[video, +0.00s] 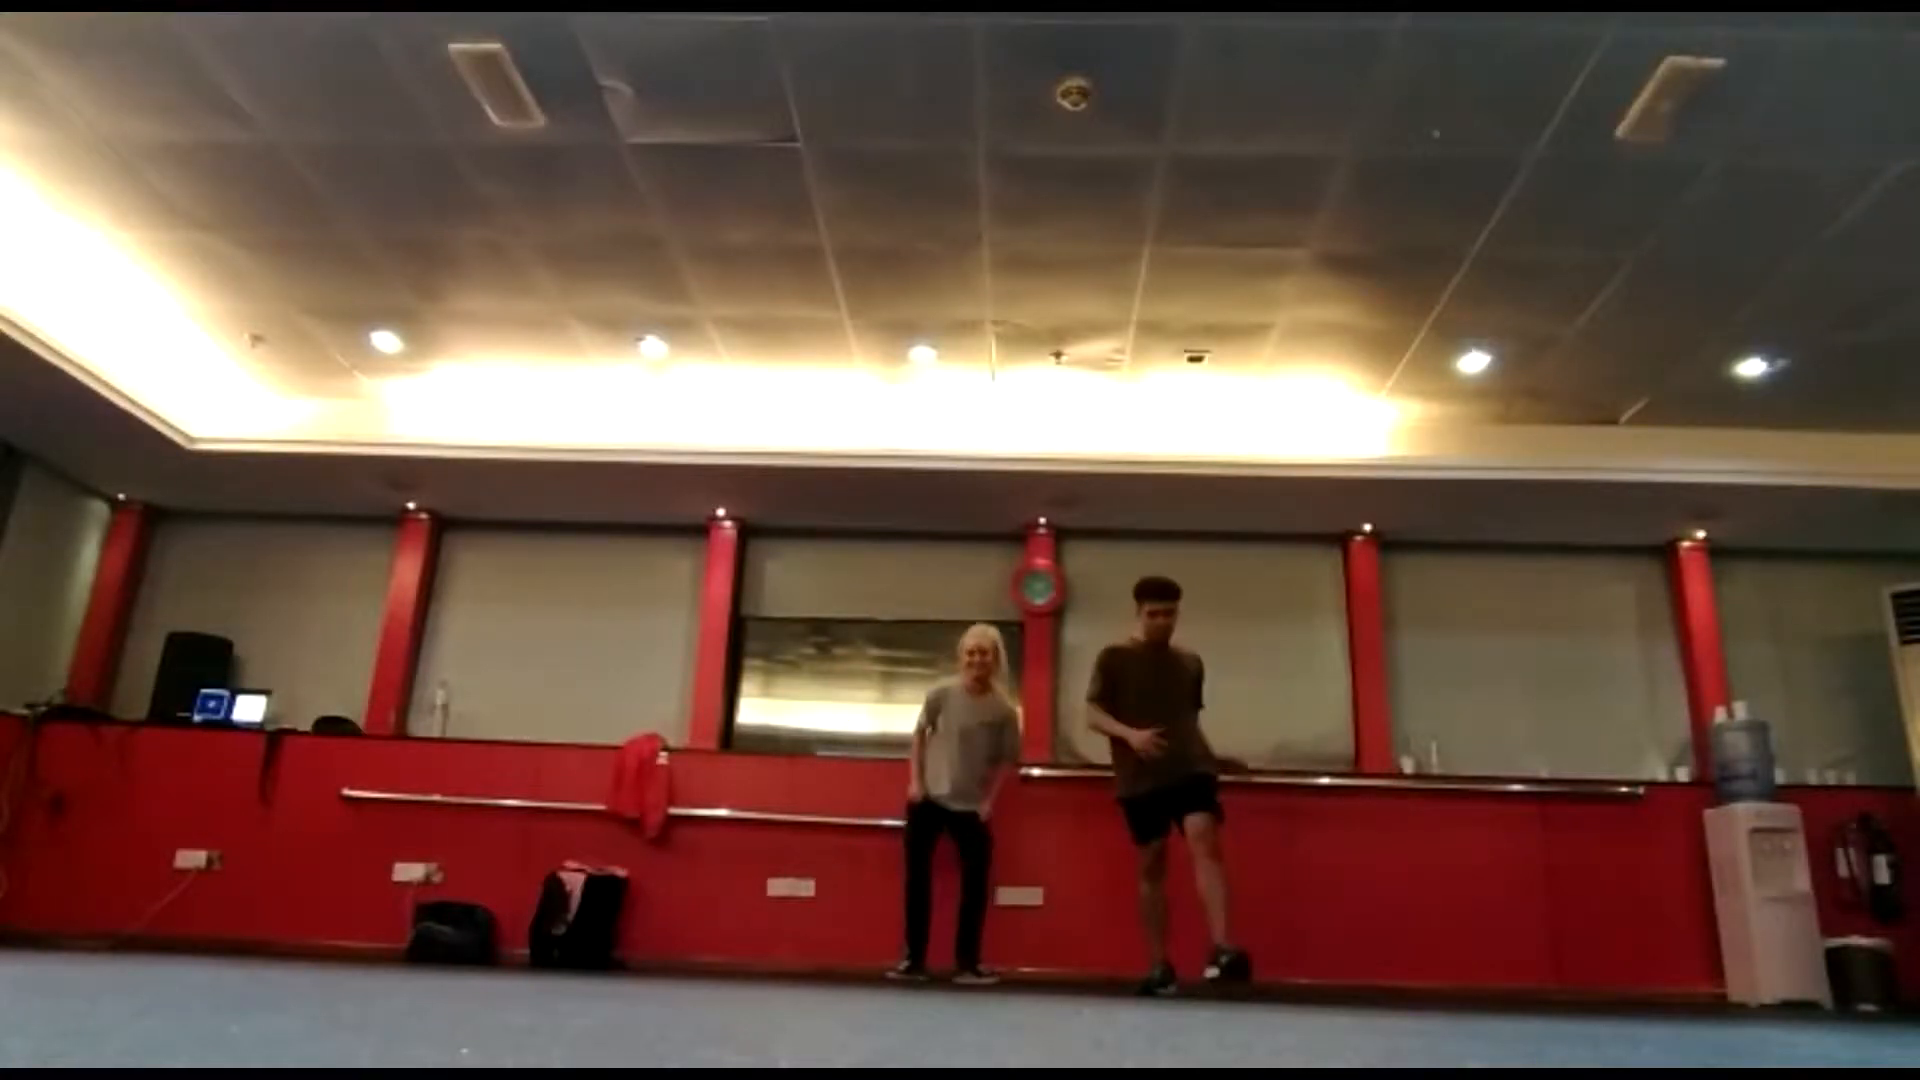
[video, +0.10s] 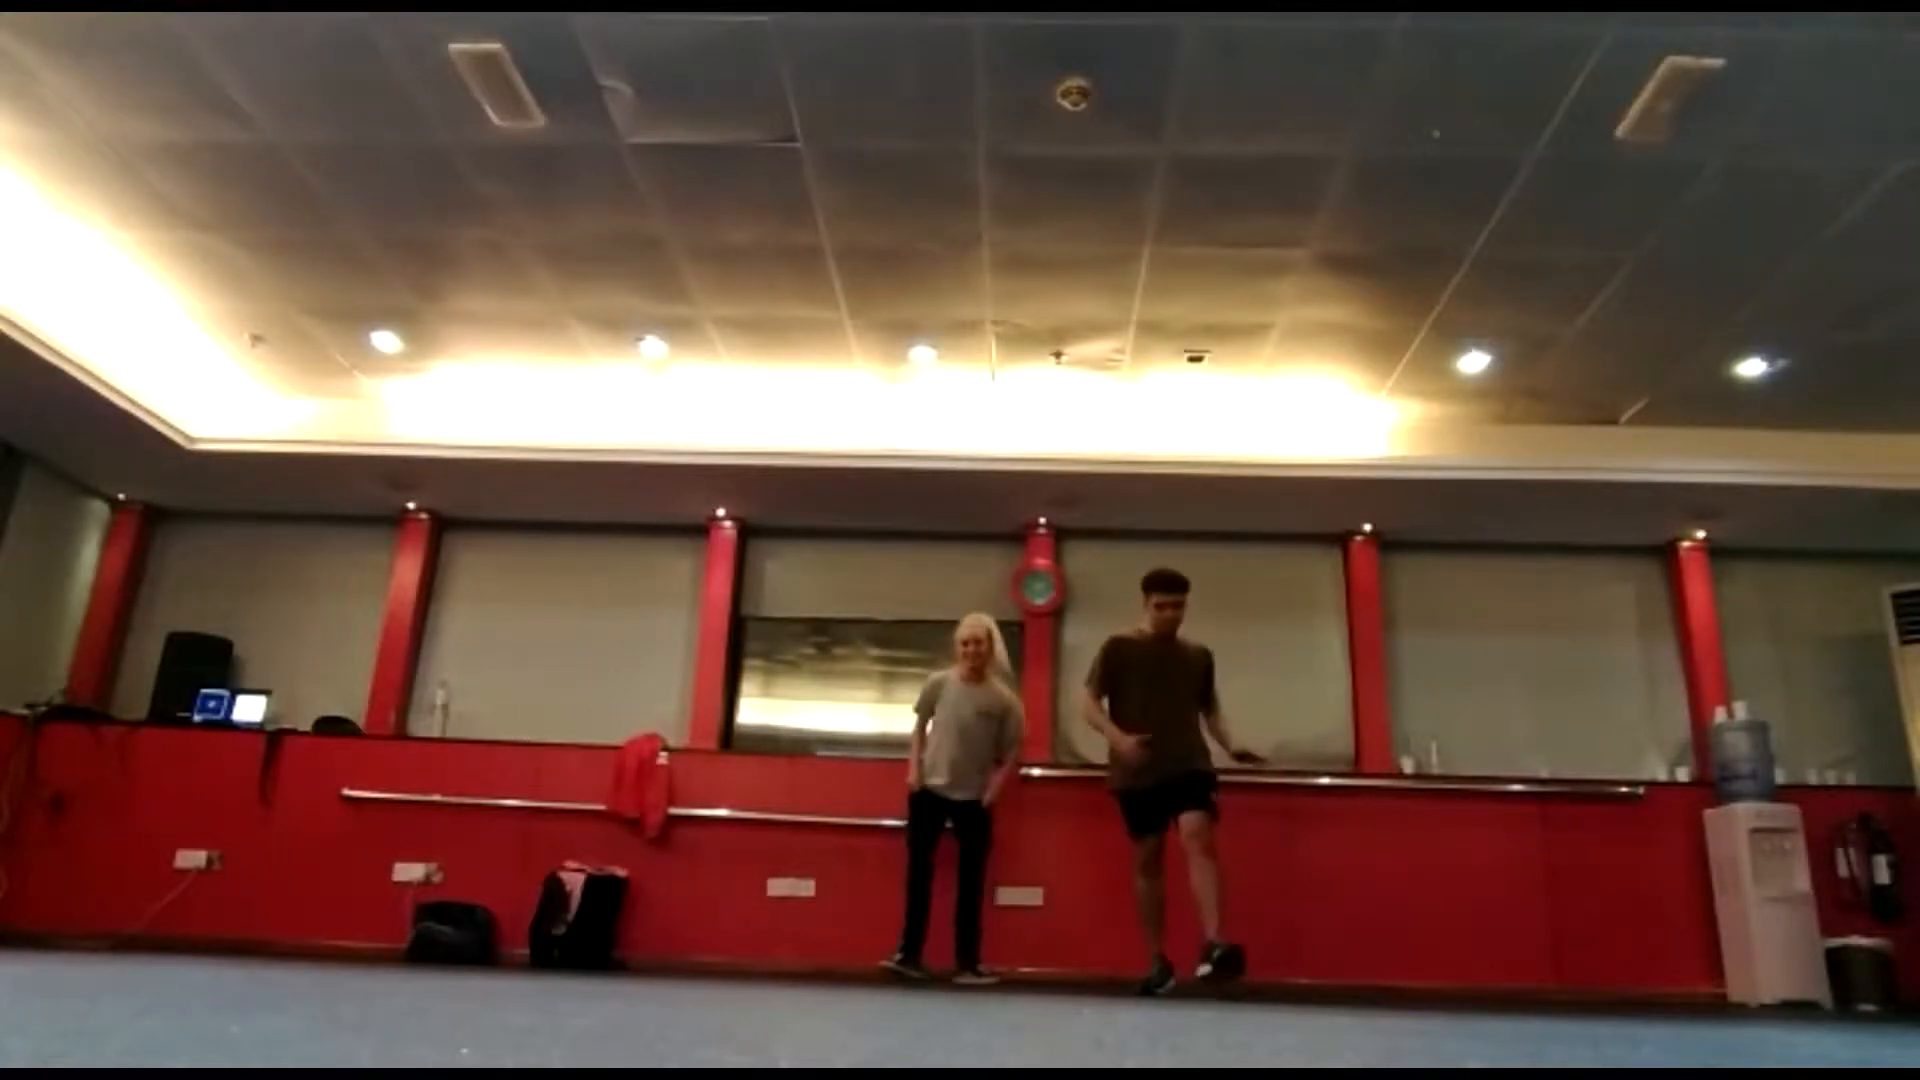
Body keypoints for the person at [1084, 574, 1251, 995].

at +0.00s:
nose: (1159, 621)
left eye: (1166, 614)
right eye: (1152, 614)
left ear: (1177, 614)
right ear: (1138, 614)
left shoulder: (1189, 664)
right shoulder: (1114, 659)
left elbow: (1190, 722)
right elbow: (1093, 715)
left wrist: (1213, 760)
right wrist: (1131, 735)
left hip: (1187, 770)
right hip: (1140, 777)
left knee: (1203, 836)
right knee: (1152, 862)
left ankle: (1221, 948)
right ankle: (1158, 963)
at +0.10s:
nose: (1167, 614)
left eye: (1174, 606)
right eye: (1159, 606)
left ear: (1185, 608)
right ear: (1145, 607)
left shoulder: (1197, 658)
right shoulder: (1117, 651)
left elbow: (1210, 711)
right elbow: (1088, 703)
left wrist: (1231, 748)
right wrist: (1117, 738)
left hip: (1187, 765)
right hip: (1138, 769)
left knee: (1197, 834)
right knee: (1148, 858)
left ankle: (1214, 944)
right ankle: (1157, 958)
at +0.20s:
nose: (1170, 617)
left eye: (1178, 609)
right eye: (1163, 609)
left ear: (1189, 610)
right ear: (1148, 608)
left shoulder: (1202, 659)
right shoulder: (1122, 650)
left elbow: (1229, 709)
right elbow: (1088, 699)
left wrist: (1250, 750)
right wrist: (1101, 745)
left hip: (1189, 768)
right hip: (1138, 769)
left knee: (1195, 846)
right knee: (1147, 861)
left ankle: (1210, 953)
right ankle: (1156, 960)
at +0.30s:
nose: (1174, 633)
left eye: (1182, 625)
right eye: (1167, 625)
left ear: (1195, 623)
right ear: (1154, 622)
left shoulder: (1211, 673)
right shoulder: (1129, 663)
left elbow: (1248, 721)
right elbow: (1089, 704)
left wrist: (1265, 764)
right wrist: (1090, 753)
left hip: (1192, 780)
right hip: (1141, 781)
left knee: (1194, 853)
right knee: (1151, 869)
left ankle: (1202, 963)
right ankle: (1159, 964)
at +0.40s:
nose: (1174, 641)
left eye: (1182, 632)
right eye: (1167, 633)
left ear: (1196, 626)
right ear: (1155, 627)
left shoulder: (1217, 670)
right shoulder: (1133, 661)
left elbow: (1242, 726)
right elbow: (1098, 706)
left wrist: (1257, 771)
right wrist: (1098, 760)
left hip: (1197, 778)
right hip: (1145, 779)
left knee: (1198, 854)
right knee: (1153, 870)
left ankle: (1203, 963)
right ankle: (1160, 963)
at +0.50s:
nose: (1163, 644)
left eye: (1170, 635)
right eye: (1156, 636)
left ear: (1186, 624)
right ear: (1146, 630)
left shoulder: (1219, 663)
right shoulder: (1136, 657)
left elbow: (1228, 726)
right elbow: (1120, 707)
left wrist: (1222, 777)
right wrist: (1122, 757)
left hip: (1199, 778)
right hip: (1151, 778)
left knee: (1198, 853)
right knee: (1154, 867)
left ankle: (1203, 963)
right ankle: (1161, 962)